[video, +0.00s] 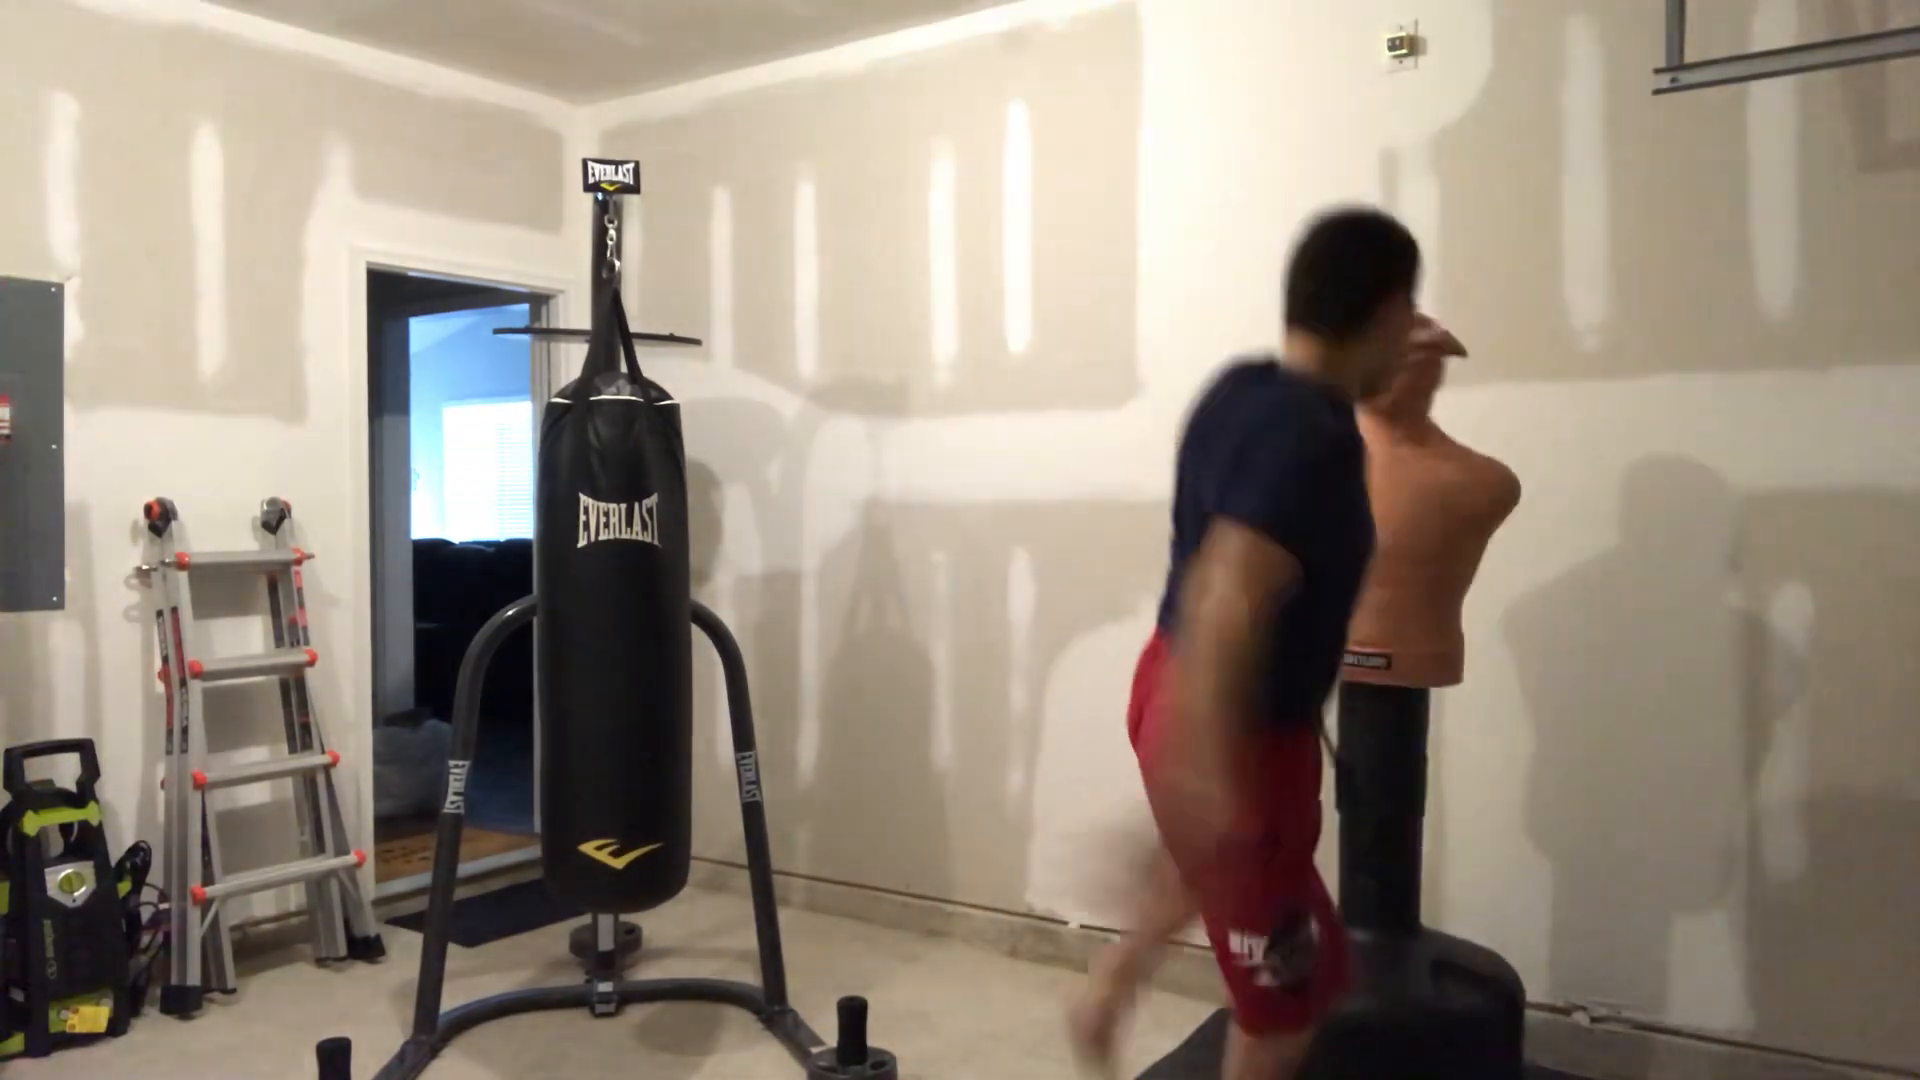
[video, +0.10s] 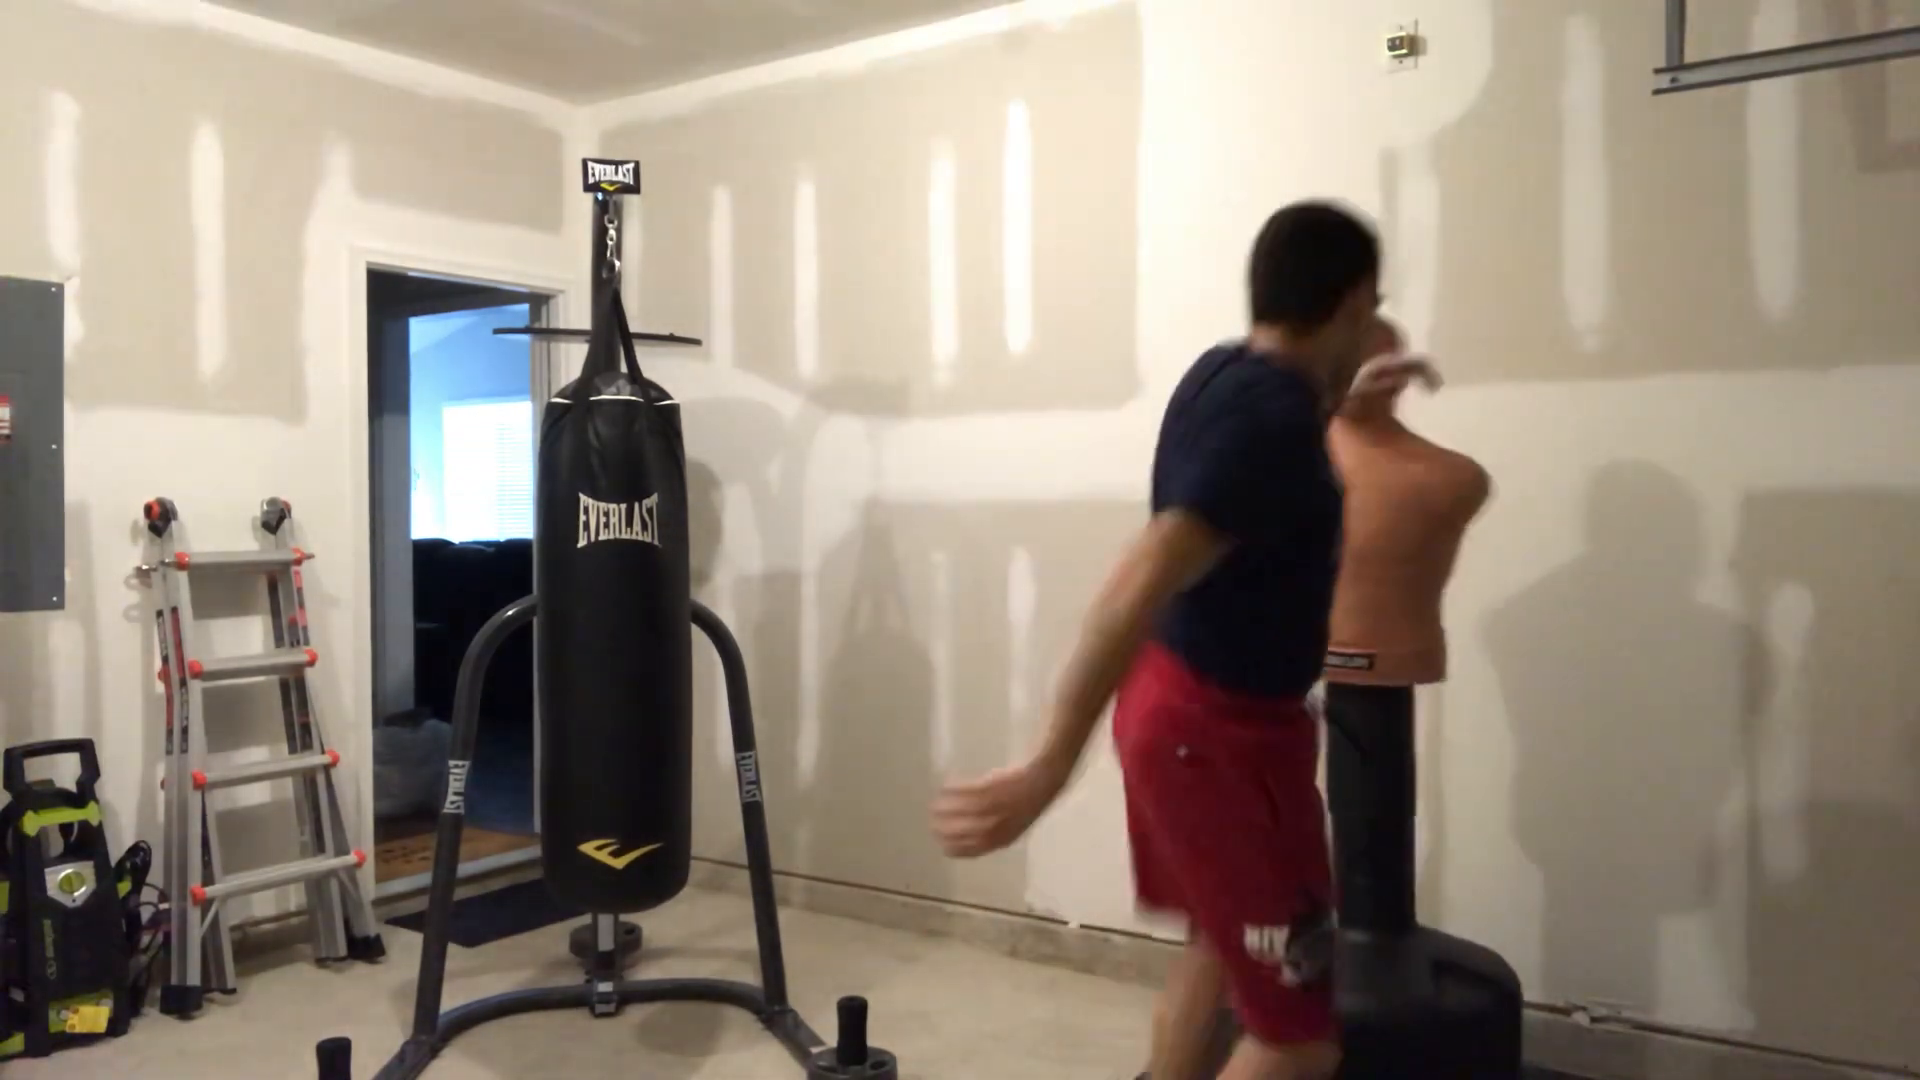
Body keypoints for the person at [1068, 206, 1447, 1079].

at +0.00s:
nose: (1410, 330)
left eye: (1411, 311)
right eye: (1405, 310)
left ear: (1300, 299)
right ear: (1378, 315)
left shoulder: (1239, 390)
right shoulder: (1307, 426)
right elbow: (1224, 602)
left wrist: (1374, 374)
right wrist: (1202, 769)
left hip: (1181, 687)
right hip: (1247, 724)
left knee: (1203, 854)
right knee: (1282, 1007)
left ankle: (1106, 990)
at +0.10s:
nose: (1374, 326)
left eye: (1376, 306)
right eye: (1371, 305)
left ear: (1271, 293)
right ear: (1342, 305)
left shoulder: (1222, 374)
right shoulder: (1273, 408)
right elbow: (1144, 578)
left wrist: (1344, 396)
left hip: (1177, 711)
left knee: (1221, 947)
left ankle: (1169, 1071)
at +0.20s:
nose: (1342, 376)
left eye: (1342, 358)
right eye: (1340, 357)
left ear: (1238, 352)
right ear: (1320, 362)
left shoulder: (1245, 467)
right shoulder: (1212, 477)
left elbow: (1256, 563)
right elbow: (1078, 644)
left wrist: (1319, 469)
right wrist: (1027, 833)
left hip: (1232, 785)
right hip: (1190, 794)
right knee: (1207, 1041)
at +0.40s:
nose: (1302, 427)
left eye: (1301, 404)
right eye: (1302, 402)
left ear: (1192, 396)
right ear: (1282, 401)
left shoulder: (1172, 501)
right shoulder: (1194, 521)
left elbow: (1190, 651)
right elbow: (1097, 723)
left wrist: (1294, 587)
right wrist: (1123, 933)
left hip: (1166, 847)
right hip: (1144, 857)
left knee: (1260, 1039)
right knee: (1163, 1062)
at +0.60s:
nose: (1248, 388)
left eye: (1242, 370)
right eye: (1245, 370)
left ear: (1135, 379)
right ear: (1232, 377)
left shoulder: (1088, 487)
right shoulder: (1230, 504)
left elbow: (1085, 652)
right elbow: (1289, 709)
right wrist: (1391, 837)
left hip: (1064, 806)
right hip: (1135, 830)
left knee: (1175, 1042)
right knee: (1118, 1060)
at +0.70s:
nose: (1198, 391)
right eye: (1194, 377)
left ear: (1089, 395)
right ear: (1187, 386)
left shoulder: (1040, 515)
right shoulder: (1237, 501)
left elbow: (1003, 695)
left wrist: (1087, 631)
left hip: (1065, 823)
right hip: (1169, 830)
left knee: (1100, 1046)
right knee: (1175, 1054)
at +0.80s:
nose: (1130, 386)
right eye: (1129, 373)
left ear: (1035, 397)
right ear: (1129, 383)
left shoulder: (996, 534)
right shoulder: (1197, 475)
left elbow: (991, 732)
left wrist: (1067, 723)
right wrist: (1280, 350)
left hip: (1088, 811)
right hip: (1199, 803)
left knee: (1131, 1027)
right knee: (1236, 1023)